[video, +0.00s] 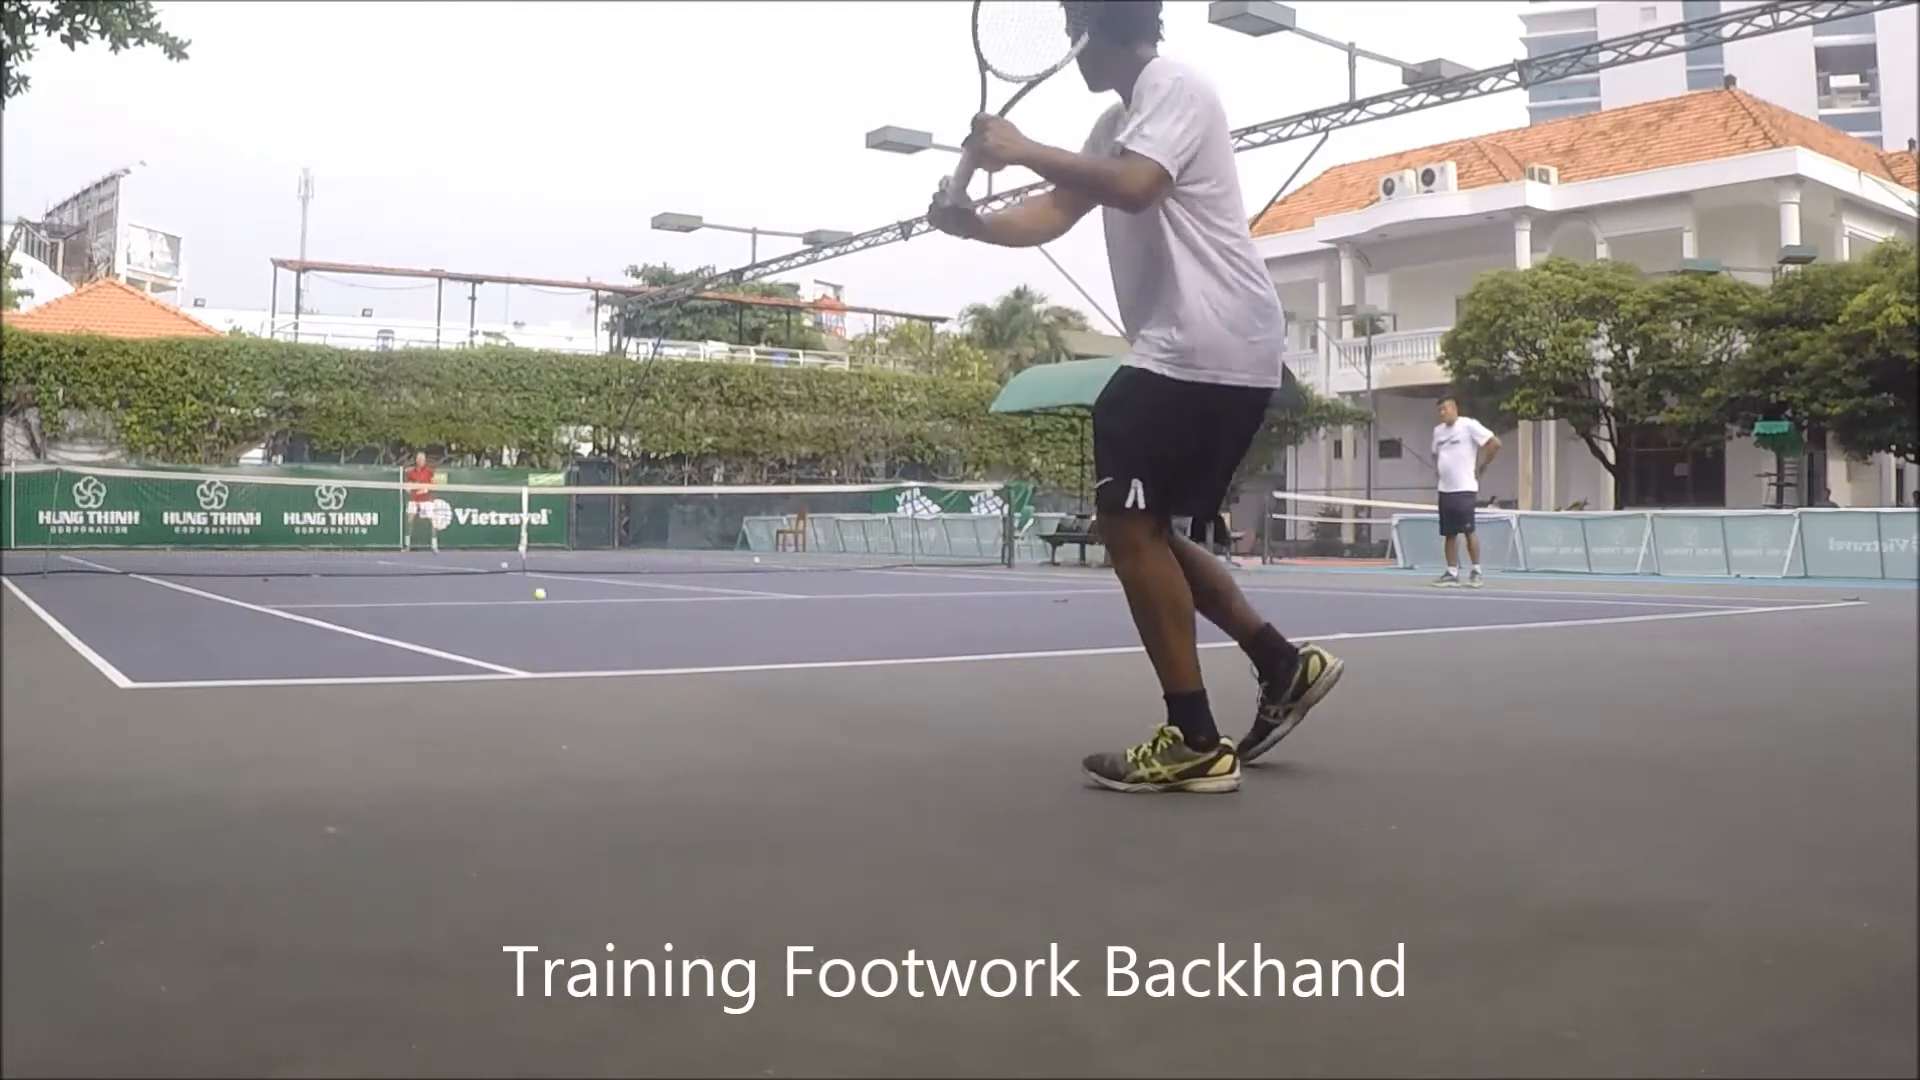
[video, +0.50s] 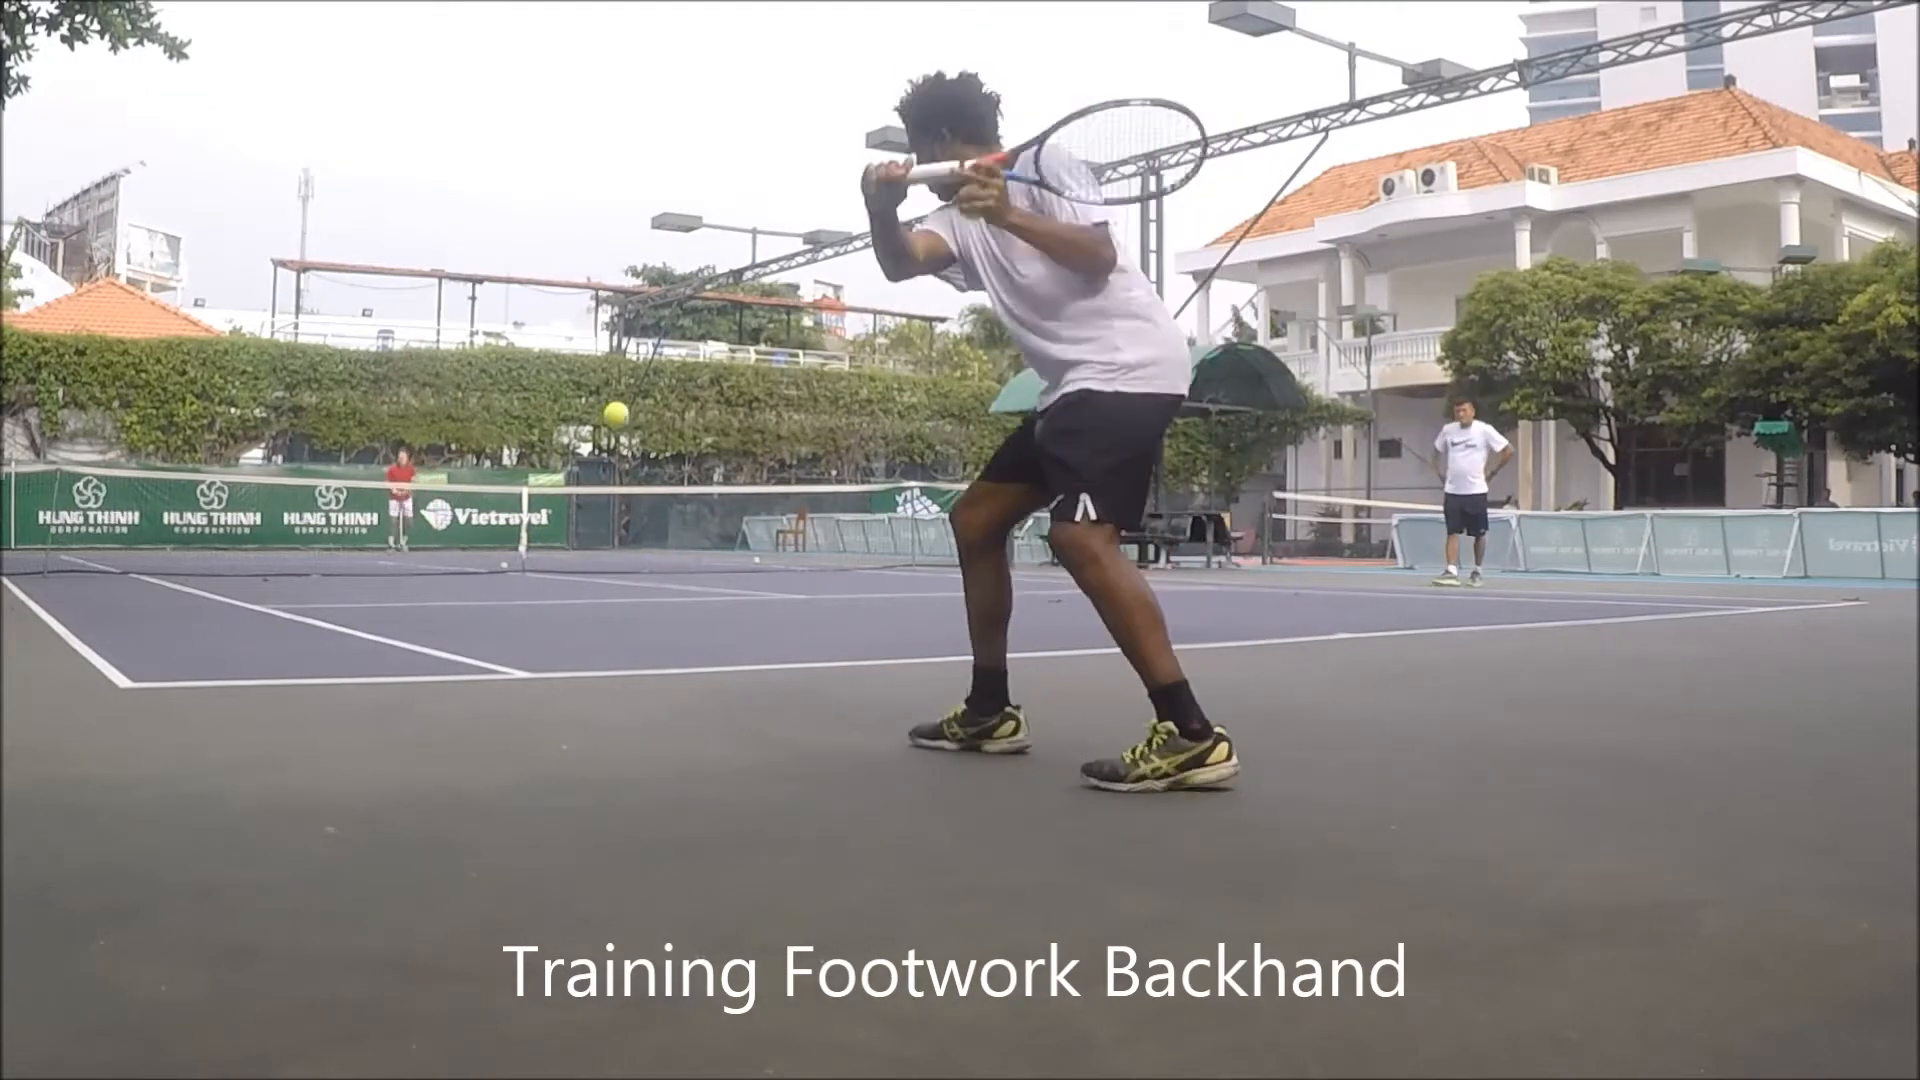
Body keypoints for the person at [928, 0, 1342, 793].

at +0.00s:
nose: (1075, 51)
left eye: (1080, 34)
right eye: (1074, 36)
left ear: (1112, 30)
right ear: (1136, 31)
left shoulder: (1178, 84)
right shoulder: (1113, 122)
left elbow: (1133, 182)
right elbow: (1053, 210)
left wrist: (1024, 150)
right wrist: (976, 221)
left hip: (1204, 348)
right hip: (1213, 351)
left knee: (1130, 526)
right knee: (1151, 533)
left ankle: (1194, 739)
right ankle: (1283, 665)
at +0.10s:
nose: (1062, 57)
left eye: (1069, 40)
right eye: (1057, 44)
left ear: (1105, 29)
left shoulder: (1165, 76)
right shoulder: (1095, 122)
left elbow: (1129, 159)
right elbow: (1019, 202)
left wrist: (1016, 109)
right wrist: (952, 189)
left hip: (1202, 335)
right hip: (1157, 339)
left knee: (1133, 524)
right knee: (1085, 511)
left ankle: (1193, 736)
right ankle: (1188, 685)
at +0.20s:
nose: (1051, 65)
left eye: (1064, 45)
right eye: (1040, 49)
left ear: (1103, 31)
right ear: (1031, 43)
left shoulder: (1147, 71)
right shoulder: (1064, 131)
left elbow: (1120, 134)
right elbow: (987, 197)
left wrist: (1013, 77)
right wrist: (929, 155)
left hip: (1188, 325)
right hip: (1135, 337)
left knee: (1140, 527)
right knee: (1067, 508)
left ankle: (1198, 740)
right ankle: (1077, 703)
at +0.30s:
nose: (1000, 47)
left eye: (1007, 32)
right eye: (998, 39)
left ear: (1042, 39)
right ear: (1013, 62)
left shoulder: (1125, 81)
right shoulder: (1034, 142)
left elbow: (1105, 128)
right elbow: (953, 191)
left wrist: (1016, 57)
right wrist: (921, 130)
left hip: (1170, 330)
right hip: (1115, 347)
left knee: (1136, 528)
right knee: (1049, 516)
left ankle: (1199, 738)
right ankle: (1009, 703)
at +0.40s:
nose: (964, 115)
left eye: (971, 95)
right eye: (958, 100)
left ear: (1012, 85)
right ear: (972, 102)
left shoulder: (1089, 118)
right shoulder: (996, 177)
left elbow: (1094, 178)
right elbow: (916, 198)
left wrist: (1034, 86)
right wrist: (919, 111)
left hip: (1149, 354)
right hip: (1092, 368)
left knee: (1109, 536)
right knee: (1004, 519)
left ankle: (1194, 738)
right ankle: (993, 708)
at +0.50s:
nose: (927, 169)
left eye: (927, 154)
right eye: (923, 159)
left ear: (951, 144)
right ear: (978, 143)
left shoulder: (1045, 162)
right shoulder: (964, 221)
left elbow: (1098, 254)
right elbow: (900, 262)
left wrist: (1007, 215)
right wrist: (881, 209)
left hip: (1133, 365)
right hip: (1073, 383)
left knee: (1081, 537)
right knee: (974, 520)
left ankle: (1189, 732)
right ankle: (989, 710)